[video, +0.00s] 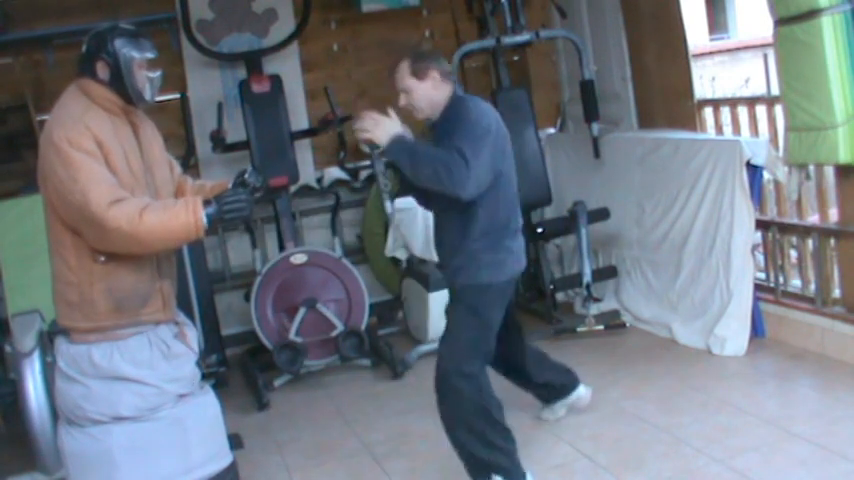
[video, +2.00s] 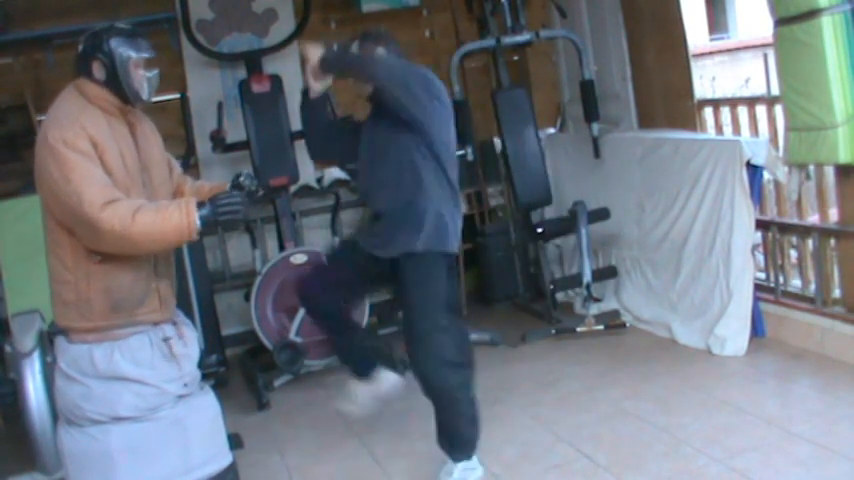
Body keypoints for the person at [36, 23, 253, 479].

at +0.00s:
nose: (146, 75)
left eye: (147, 64)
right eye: (136, 65)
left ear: (112, 68)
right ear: (103, 67)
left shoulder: (136, 121)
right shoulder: (68, 129)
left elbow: (175, 188)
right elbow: (110, 221)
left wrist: (227, 188)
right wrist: (202, 215)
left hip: (157, 316)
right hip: (103, 329)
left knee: (192, 447)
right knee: (124, 458)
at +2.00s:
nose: (143, 74)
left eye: (144, 64)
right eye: (132, 64)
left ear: (108, 68)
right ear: (98, 66)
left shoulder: (137, 121)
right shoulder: (64, 129)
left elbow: (174, 187)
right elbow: (105, 221)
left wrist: (225, 192)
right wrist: (198, 217)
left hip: (156, 317)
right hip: (100, 330)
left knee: (188, 447)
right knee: (122, 458)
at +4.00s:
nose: (148, 75)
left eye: (148, 64)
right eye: (137, 64)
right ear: (103, 66)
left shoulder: (139, 120)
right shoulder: (68, 129)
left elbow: (178, 189)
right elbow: (108, 221)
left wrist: (229, 189)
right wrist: (201, 217)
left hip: (159, 317)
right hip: (104, 331)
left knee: (189, 448)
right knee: (125, 459)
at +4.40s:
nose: (148, 75)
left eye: (148, 64)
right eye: (138, 65)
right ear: (100, 66)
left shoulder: (137, 120)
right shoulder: (66, 129)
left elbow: (176, 189)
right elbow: (107, 222)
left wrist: (230, 186)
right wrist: (199, 217)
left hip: (158, 318)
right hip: (104, 333)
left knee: (201, 453)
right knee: (125, 463)